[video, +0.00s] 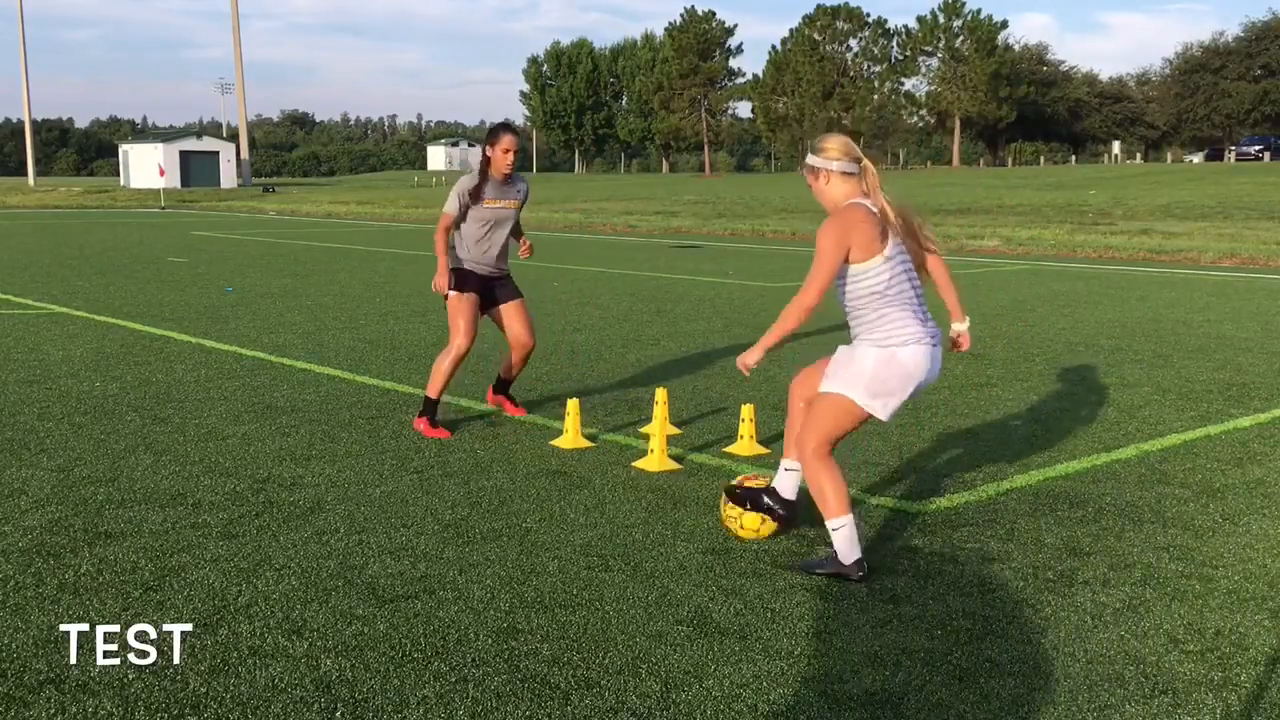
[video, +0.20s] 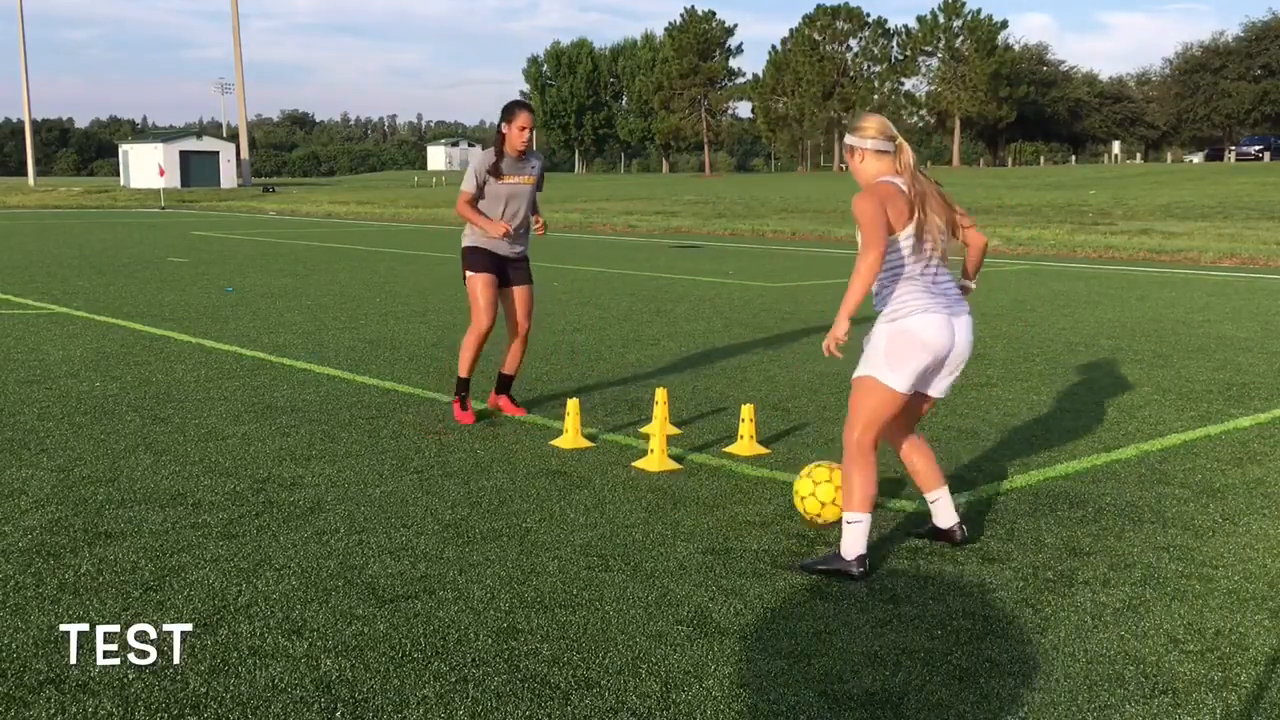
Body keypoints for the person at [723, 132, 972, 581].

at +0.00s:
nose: (811, 188)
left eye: (811, 180)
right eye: (810, 180)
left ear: (823, 177)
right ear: (856, 173)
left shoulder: (840, 224)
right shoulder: (893, 216)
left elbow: (807, 302)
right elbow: (933, 261)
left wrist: (760, 347)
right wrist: (959, 319)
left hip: (889, 354)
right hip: (919, 348)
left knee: (813, 442)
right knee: (804, 387)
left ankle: (849, 558)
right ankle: (782, 496)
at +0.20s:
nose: (847, 166)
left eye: (848, 157)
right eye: (848, 158)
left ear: (860, 155)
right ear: (892, 153)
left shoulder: (871, 195)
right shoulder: (926, 189)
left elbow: (872, 255)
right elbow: (977, 240)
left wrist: (843, 316)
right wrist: (965, 281)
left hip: (910, 326)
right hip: (956, 326)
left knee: (858, 435)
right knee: (900, 429)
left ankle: (852, 553)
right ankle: (949, 523)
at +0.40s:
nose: (885, 157)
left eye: (887, 149)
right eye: (885, 150)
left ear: (898, 147)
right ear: (929, 143)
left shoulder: (906, 178)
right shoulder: (970, 175)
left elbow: (891, 235)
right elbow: (1023, 223)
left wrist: (870, 293)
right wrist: (1055, 271)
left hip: (958, 304)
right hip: (997, 298)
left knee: (930, 414)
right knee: (907, 375)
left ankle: (985, 518)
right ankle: (941, 478)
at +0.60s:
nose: (917, 164)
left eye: (917, 157)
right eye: (917, 157)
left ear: (925, 156)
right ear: (959, 152)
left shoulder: (929, 194)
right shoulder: (995, 185)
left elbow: (912, 257)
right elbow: (1044, 224)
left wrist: (896, 315)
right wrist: (1077, 271)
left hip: (982, 313)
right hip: (1026, 306)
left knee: (971, 425)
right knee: (973, 395)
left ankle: (1012, 534)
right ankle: (1009, 476)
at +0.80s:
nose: (935, 146)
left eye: (935, 139)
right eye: (936, 140)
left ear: (941, 140)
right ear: (976, 137)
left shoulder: (941, 178)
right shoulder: (1005, 172)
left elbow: (941, 233)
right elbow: (1053, 222)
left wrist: (934, 286)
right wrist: (1053, 258)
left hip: (976, 299)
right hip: (1026, 292)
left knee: (956, 396)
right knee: (1027, 392)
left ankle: (1004, 484)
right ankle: (1062, 487)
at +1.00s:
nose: (937, 172)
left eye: (937, 167)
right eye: (939, 167)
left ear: (939, 167)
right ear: (973, 165)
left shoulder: (928, 203)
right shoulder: (1001, 198)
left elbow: (912, 264)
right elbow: (1050, 244)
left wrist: (905, 319)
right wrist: (1068, 274)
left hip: (960, 313)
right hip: (1013, 308)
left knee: (955, 393)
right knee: (1005, 372)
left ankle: (980, 485)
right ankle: (1051, 448)